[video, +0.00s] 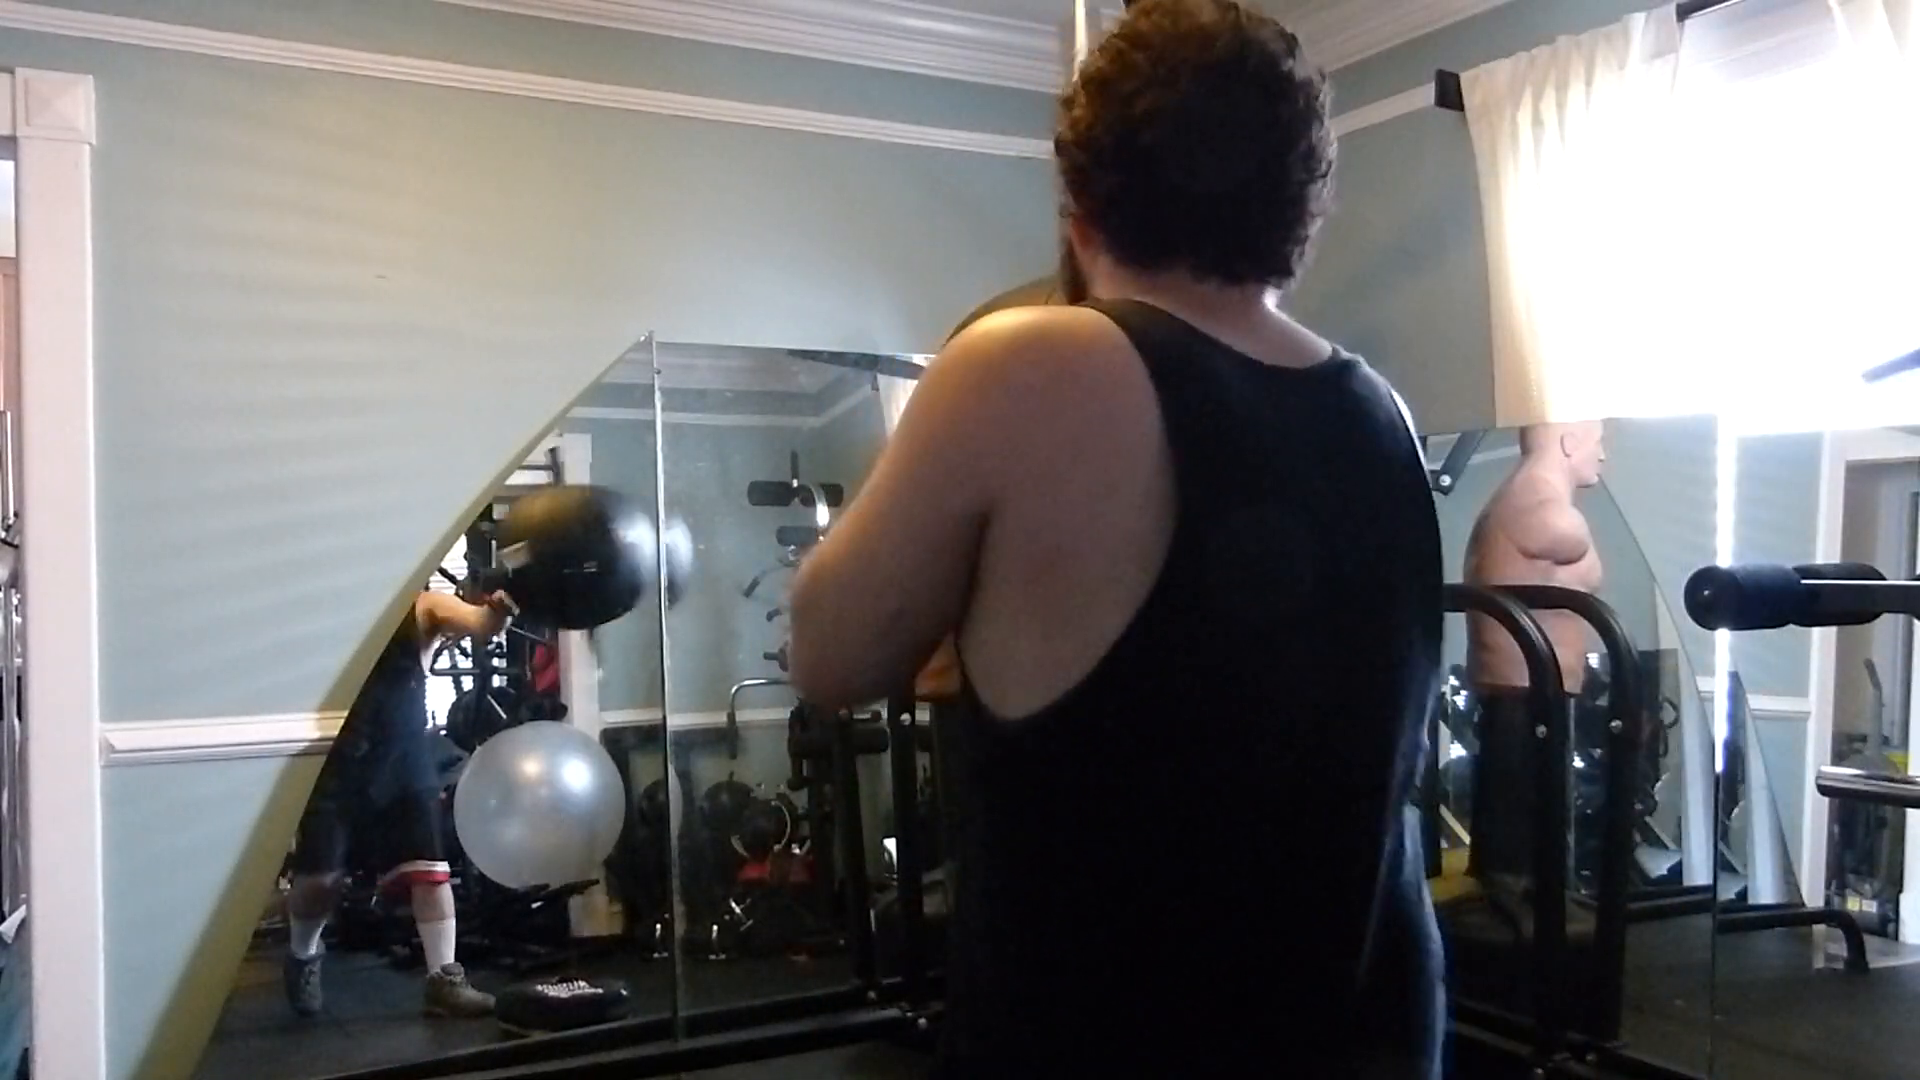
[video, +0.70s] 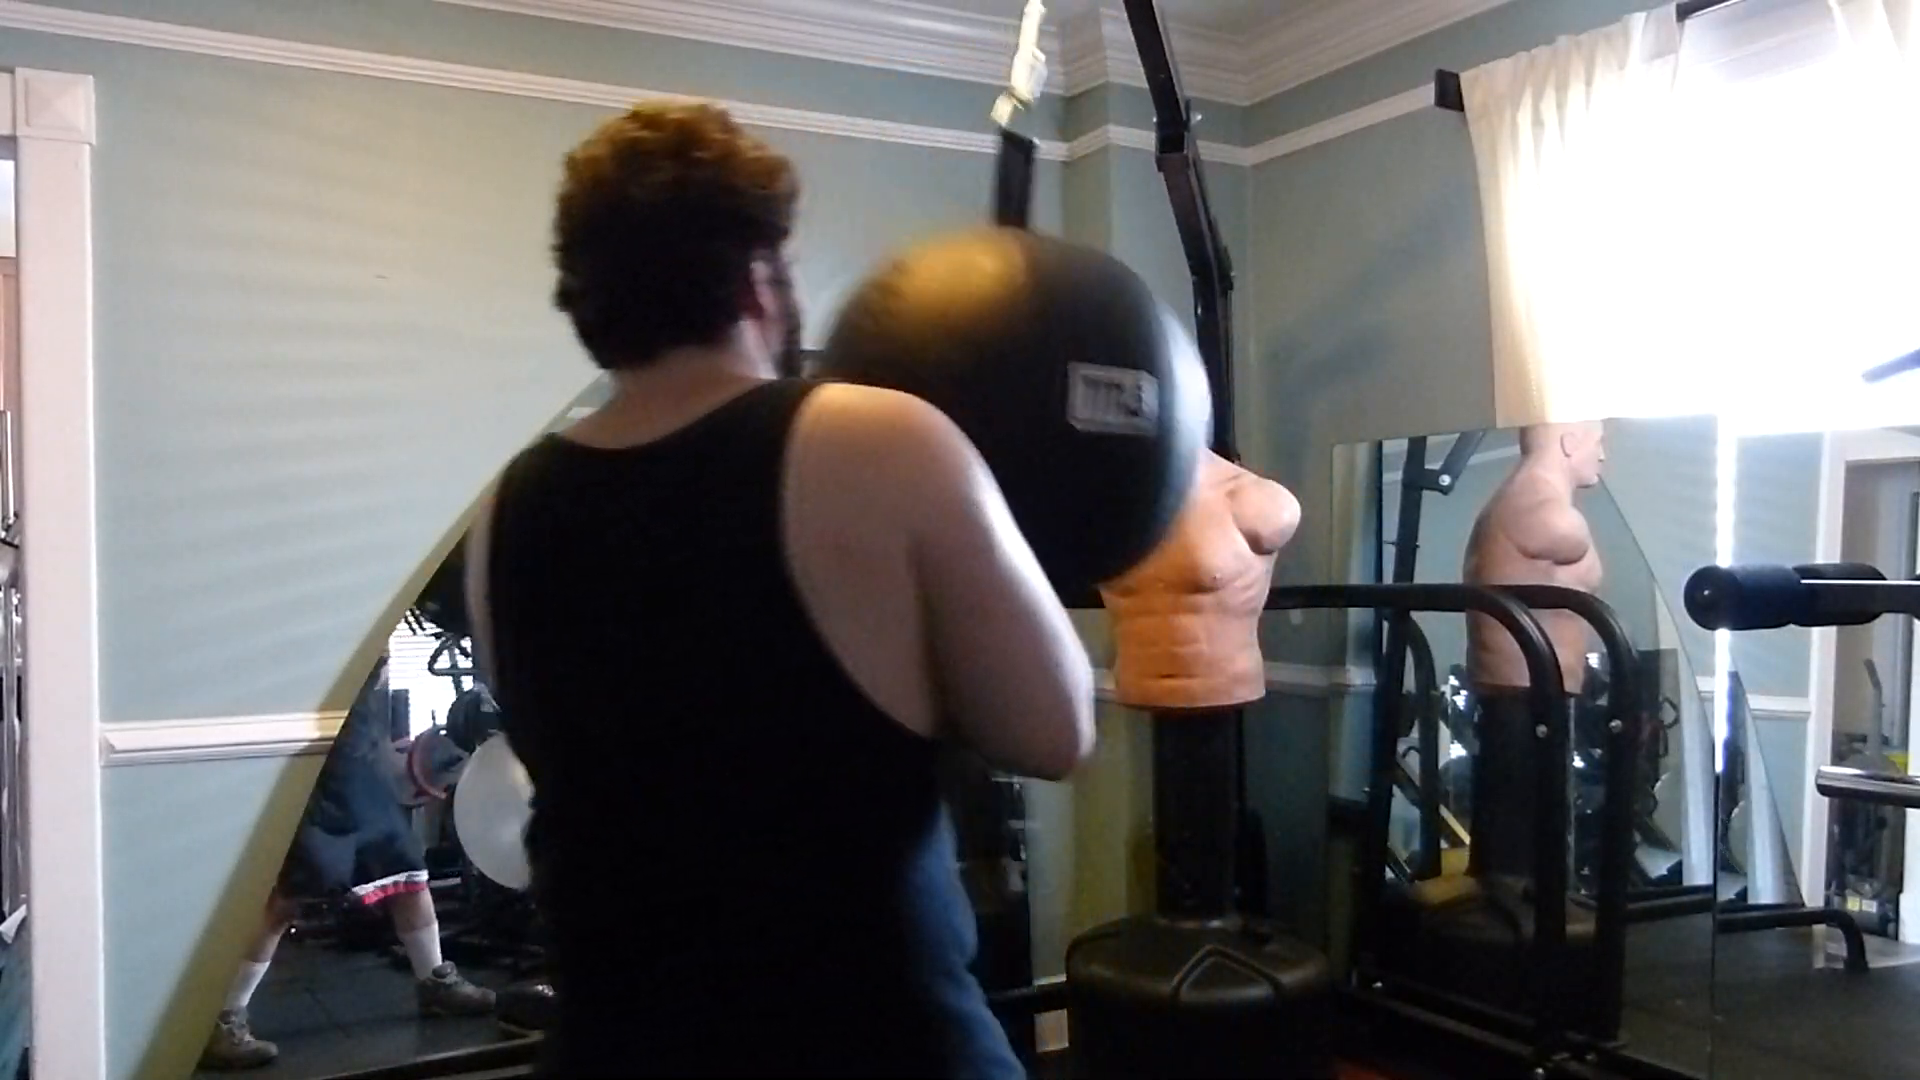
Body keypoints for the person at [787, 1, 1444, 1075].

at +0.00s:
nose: (1061, 207)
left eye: (1063, 182)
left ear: (1080, 200)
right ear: (1303, 212)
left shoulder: (1025, 367)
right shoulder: (1376, 408)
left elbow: (830, 660)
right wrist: (992, 624)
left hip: (1083, 1020)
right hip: (1363, 1024)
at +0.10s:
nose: (1056, 210)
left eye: (1062, 185)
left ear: (1080, 201)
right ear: (1285, 217)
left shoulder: (994, 360)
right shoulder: (1374, 421)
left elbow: (816, 588)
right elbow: (1329, 658)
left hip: (1042, 981)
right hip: (1313, 983)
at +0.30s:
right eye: (1217, 194)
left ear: (1000, 192)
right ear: (1198, 215)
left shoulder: (881, 387)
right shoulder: (1295, 432)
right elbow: (1364, 739)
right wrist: (1191, 774)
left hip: (920, 971)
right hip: (1179, 993)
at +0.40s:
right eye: (1111, 197)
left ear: (907, 219)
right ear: (1101, 215)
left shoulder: (813, 409)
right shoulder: (1210, 427)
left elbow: (829, 643)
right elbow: (1342, 719)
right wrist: (1185, 709)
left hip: (863, 979)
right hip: (1122, 994)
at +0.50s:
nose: (1010, 253)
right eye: (1003, 226)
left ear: (797, 249)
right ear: (989, 248)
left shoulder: (711, 451)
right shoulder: (1113, 441)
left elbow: (719, 664)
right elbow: (1257, 722)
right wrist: (1095, 658)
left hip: (787, 998)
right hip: (1044, 1005)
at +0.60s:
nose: (892, 272)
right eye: (885, 247)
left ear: (680, 287)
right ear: (866, 273)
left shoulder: (593, 498)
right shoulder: (994, 455)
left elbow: (625, 732)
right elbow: (1141, 742)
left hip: (693, 1022)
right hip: (950, 1020)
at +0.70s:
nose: (797, 290)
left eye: (792, 265)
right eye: (789, 266)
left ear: (585, 304)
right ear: (758, 280)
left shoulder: (505, 517)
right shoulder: (890, 448)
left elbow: (556, 761)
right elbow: (1054, 733)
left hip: (624, 1025)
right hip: (882, 1021)